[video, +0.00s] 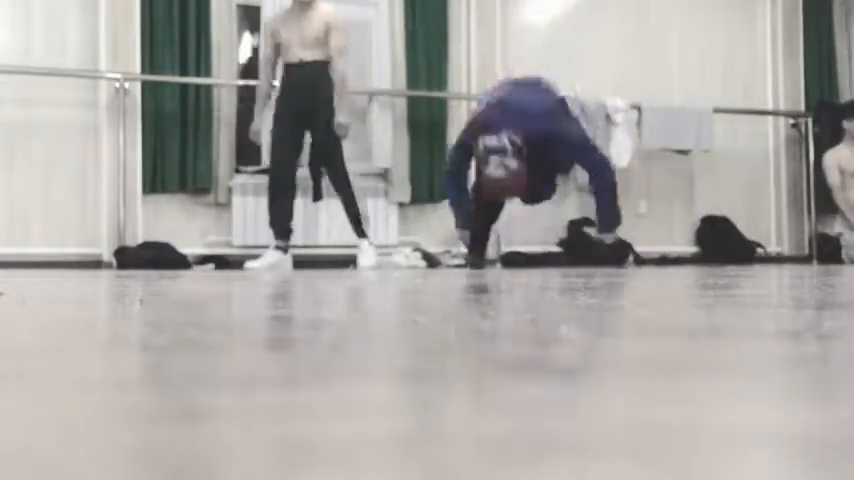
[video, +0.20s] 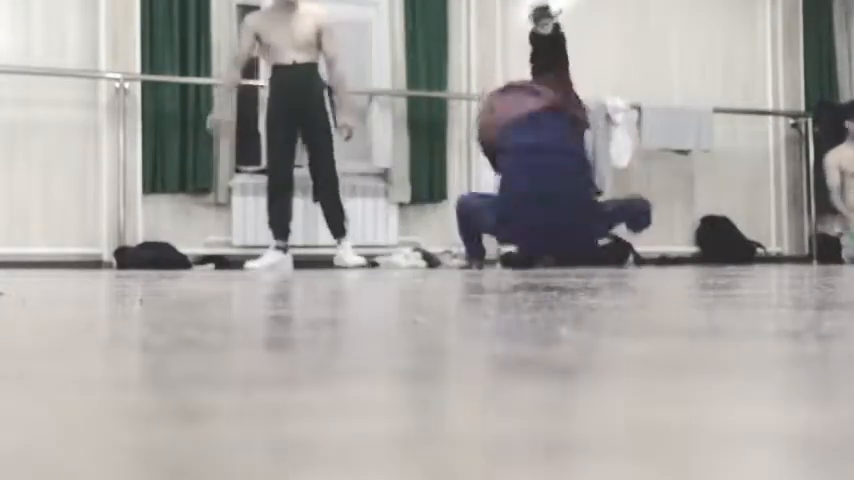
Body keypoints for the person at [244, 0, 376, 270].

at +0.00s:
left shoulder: (327, 17)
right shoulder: (275, 23)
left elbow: (339, 65)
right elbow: (266, 75)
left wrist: (343, 110)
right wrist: (258, 117)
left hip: (319, 82)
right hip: (290, 84)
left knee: (334, 164)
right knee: (280, 167)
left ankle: (363, 241)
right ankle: (280, 248)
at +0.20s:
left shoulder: (317, 16)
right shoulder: (255, 21)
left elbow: (335, 67)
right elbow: (234, 68)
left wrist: (344, 113)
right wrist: (223, 111)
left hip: (312, 89)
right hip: (280, 90)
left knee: (324, 168)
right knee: (278, 170)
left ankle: (342, 245)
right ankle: (280, 249)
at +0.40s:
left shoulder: (317, 21)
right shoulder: (255, 22)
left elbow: (327, 70)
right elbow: (237, 65)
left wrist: (333, 115)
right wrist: (225, 105)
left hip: (310, 90)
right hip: (277, 91)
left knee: (320, 170)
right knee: (277, 172)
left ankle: (327, 248)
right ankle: (280, 250)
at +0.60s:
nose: (300, 2)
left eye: (303, 0)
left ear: (307, 1)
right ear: (284, 0)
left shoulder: (321, 27)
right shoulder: (263, 26)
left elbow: (331, 75)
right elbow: (256, 73)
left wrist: (335, 121)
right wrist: (259, 113)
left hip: (314, 90)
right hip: (281, 90)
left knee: (316, 175)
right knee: (277, 174)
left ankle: (318, 249)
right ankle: (279, 249)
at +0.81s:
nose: (313, 3)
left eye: (316, 0)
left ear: (319, 3)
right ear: (297, 1)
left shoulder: (330, 32)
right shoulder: (275, 30)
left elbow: (339, 78)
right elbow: (271, 78)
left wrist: (339, 119)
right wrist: (285, 120)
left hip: (323, 96)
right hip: (290, 96)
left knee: (321, 177)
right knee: (275, 172)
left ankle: (319, 250)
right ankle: (275, 248)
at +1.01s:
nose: (321, 4)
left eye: (325, 1)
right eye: (317, 0)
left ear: (328, 4)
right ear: (306, 1)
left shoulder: (336, 34)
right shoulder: (285, 31)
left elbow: (342, 81)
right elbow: (277, 79)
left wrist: (344, 123)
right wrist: (286, 120)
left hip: (326, 95)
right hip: (295, 93)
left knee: (323, 179)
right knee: (286, 179)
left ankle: (318, 250)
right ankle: (269, 248)